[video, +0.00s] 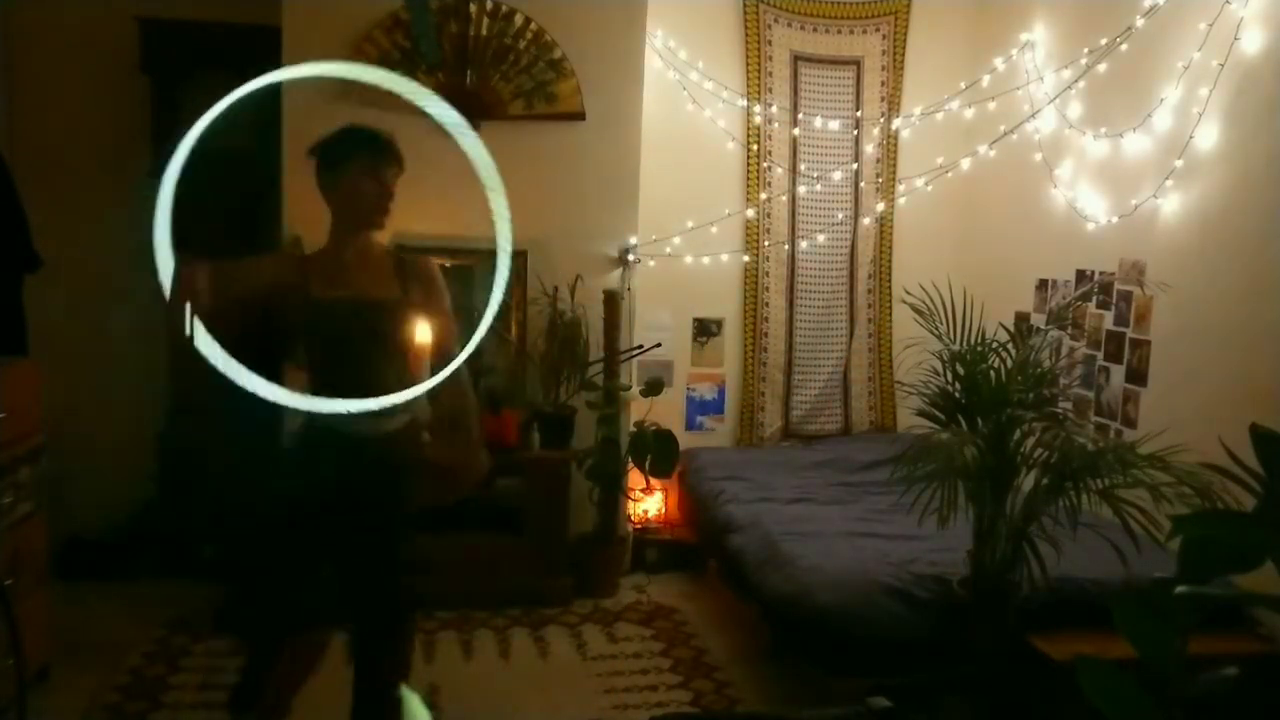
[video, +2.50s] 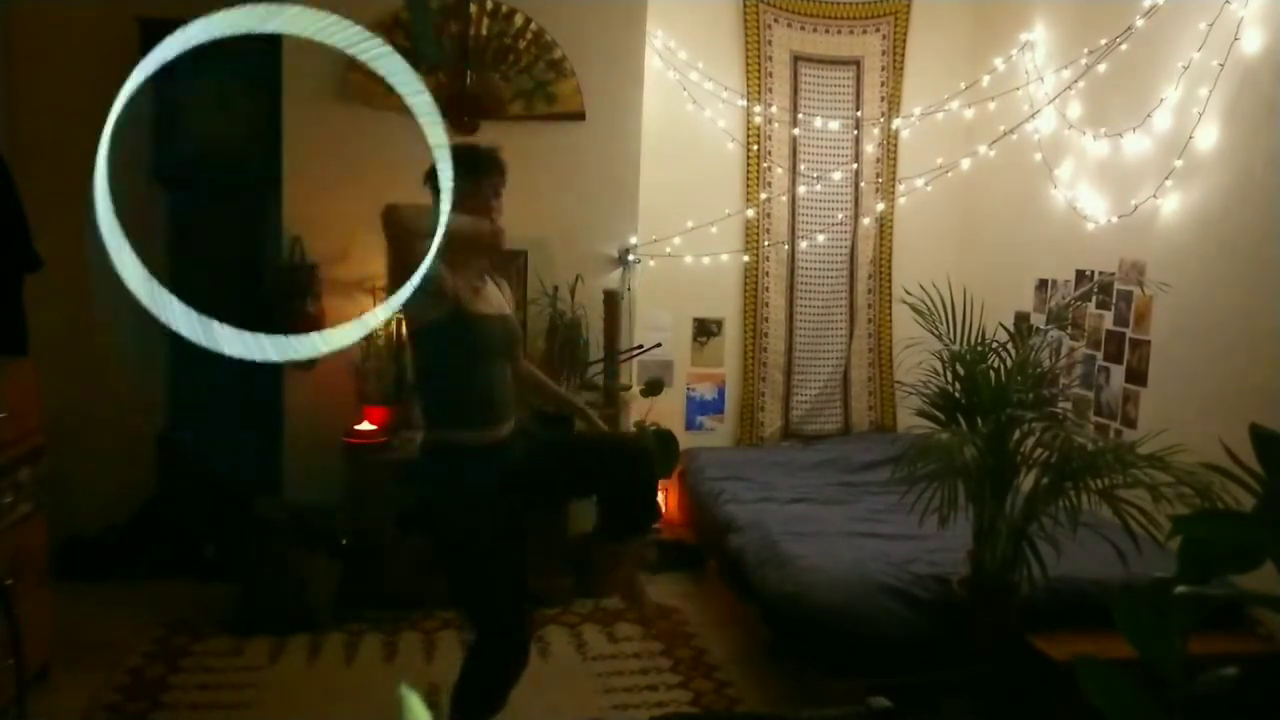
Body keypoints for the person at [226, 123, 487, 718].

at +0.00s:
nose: (388, 191)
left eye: (391, 179)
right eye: (372, 178)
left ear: (396, 188)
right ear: (330, 187)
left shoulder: (417, 277)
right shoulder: (296, 274)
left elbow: (448, 373)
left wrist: (464, 445)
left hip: (395, 460)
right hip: (319, 459)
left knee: (385, 636)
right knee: (297, 632)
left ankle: (378, 705)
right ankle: (255, 705)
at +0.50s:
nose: (472, 203)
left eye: (471, 189)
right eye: (462, 189)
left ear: (429, 187)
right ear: (423, 186)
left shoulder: (433, 257)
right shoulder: (399, 249)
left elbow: (516, 261)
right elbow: (502, 224)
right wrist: (600, 191)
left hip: (450, 447)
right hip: (418, 450)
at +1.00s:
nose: (504, 222)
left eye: (506, 208)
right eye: (502, 207)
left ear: (441, 203)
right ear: (478, 206)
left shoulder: (380, 283)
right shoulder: (502, 276)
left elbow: (368, 405)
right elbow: (514, 375)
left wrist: (363, 500)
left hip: (416, 465)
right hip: (488, 466)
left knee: (394, 622)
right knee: (486, 628)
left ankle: (361, 710)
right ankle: (475, 711)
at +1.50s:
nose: (500, 229)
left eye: (501, 215)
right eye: (495, 213)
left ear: (445, 210)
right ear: (462, 210)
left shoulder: (414, 284)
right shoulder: (437, 287)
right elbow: (563, 320)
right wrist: (641, 256)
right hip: (451, 469)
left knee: (414, 626)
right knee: (478, 633)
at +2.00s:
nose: (478, 194)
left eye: (482, 180)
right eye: (463, 181)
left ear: (488, 186)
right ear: (438, 190)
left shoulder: (492, 274)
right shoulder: (420, 273)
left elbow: (518, 356)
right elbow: (371, 333)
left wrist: (581, 405)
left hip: (493, 456)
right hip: (446, 459)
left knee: (489, 612)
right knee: (485, 615)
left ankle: (458, 706)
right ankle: (456, 708)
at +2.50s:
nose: (495, 212)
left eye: (499, 198)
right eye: (485, 199)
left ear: (498, 204)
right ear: (450, 201)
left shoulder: (491, 281)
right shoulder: (422, 281)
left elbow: (517, 367)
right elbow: (397, 215)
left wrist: (577, 407)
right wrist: (478, 231)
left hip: (517, 451)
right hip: (461, 468)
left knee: (631, 459)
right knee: (505, 638)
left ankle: (607, 568)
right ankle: (462, 714)